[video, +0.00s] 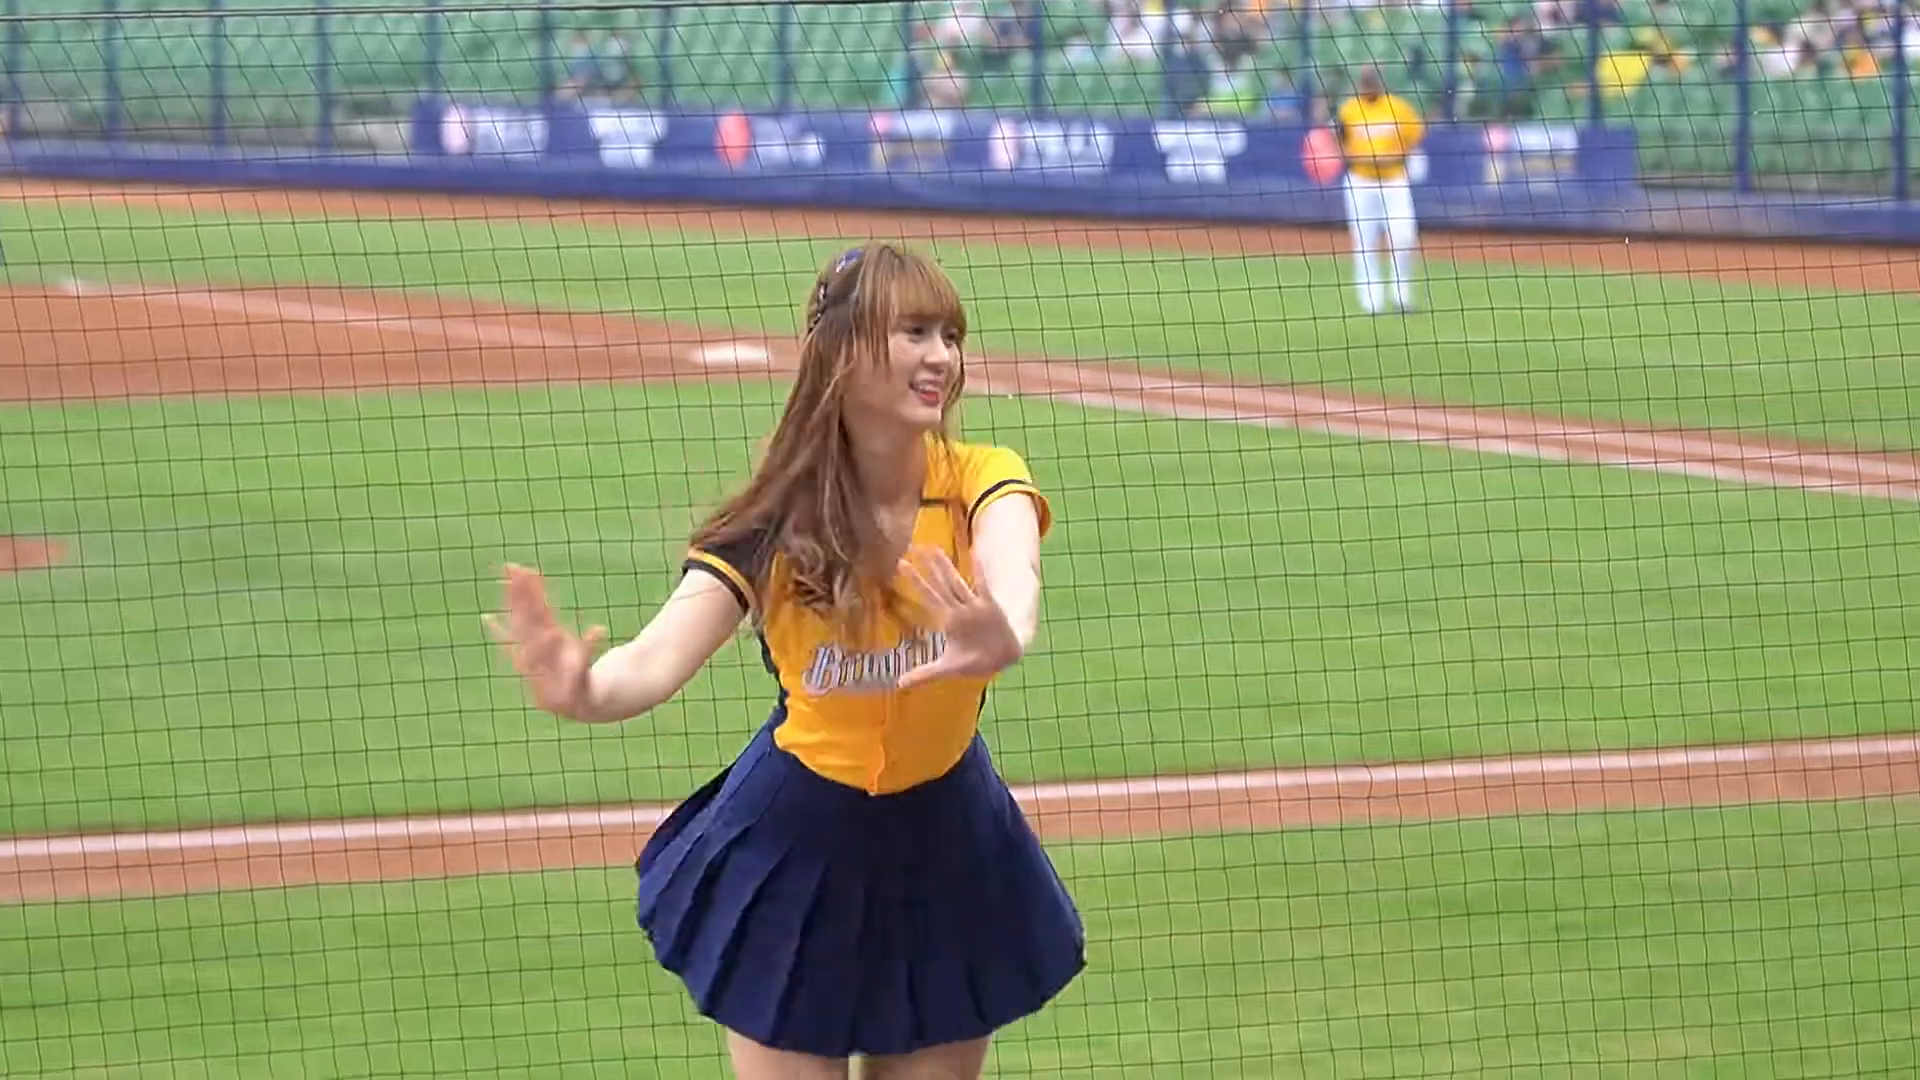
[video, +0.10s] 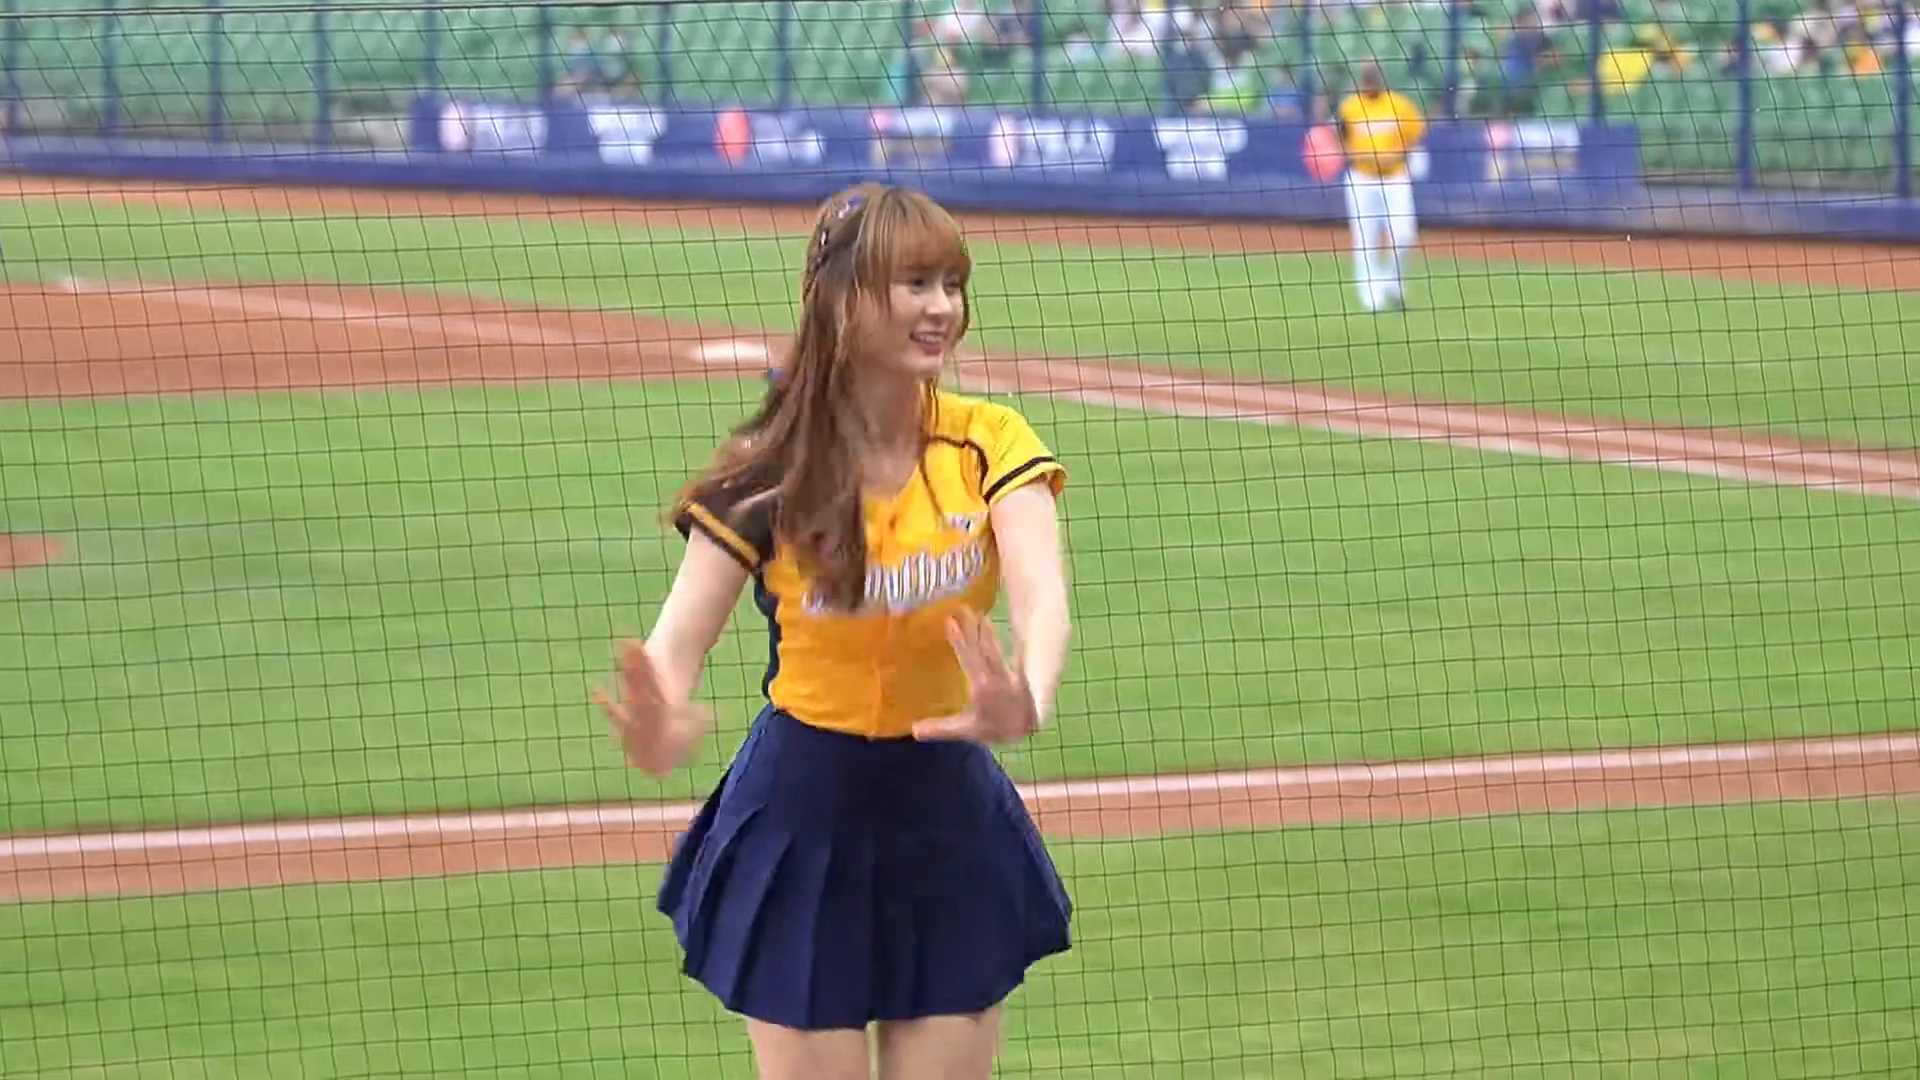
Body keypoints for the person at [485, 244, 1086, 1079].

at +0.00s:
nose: (939, 356)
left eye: (949, 336)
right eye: (913, 333)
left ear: (962, 355)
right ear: (843, 353)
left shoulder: (986, 479)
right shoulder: (776, 519)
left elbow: (1014, 587)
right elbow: (655, 657)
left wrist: (993, 641)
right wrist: (587, 690)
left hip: (942, 831)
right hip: (804, 831)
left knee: (939, 1059)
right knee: (786, 1060)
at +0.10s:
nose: (941, 307)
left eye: (952, 284)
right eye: (912, 284)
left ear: (965, 299)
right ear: (840, 301)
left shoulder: (991, 438)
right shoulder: (769, 467)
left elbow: (1038, 589)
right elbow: (677, 642)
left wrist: (1025, 704)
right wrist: (663, 732)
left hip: (948, 801)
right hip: (804, 804)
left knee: (944, 1062)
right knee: (810, 1062)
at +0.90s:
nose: (962, 352)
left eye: (975, 328)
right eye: (937, 324)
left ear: (988, 333)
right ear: (863, 321)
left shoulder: (966, 471)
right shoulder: (789, 470)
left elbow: (1025, 671)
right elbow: (775, 693)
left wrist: (1093, 779)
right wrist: (930, 786)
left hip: (944, 815)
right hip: (823, 814)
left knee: (987, 1055)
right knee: (846, 1058)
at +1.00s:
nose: (935, 347)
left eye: (948, 323)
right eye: (908, 322)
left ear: (962, 327)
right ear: (839, 328)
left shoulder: (976, 461)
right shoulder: (758, 483)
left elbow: (1021, 638)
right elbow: (720, 692)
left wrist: (1030, 738)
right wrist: (817, 769)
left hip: (962, 810)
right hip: (825, 822)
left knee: (997, 1057)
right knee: (846, 1057)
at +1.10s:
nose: (927, 261)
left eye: (941, 236)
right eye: (898, 239)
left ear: (960, 244)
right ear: (830, 255)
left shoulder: (1000, 380)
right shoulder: (765, 416)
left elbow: (1054, 559)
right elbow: (693, 602)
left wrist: (994, 639)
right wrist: (687, 658)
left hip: (969, 771)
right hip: (825, 773)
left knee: (960, 1064)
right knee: (829, 1064)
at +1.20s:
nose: (915, 250)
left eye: (934, 226)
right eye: (882, 228)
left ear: (957, 242)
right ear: (818, 249)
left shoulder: (1002, 365)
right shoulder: (775, 406)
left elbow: (1053, 507)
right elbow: (640, 569)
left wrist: (960, 572)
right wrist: (553, 611)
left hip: (984, 782)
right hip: (829, 778)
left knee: (947, 1066)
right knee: (808, 1064)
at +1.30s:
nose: (908, 284)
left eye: (926, 260)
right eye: (877, 261)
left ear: (946, 278)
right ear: (815, 284)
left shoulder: (1003, 395)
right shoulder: (783, 447)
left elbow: (1000, 511)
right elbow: (623, 586)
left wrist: (945, 610)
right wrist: (471, 652)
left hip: (994, 809)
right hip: (838, 805)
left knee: (966, 1066)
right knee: (808, 1063)